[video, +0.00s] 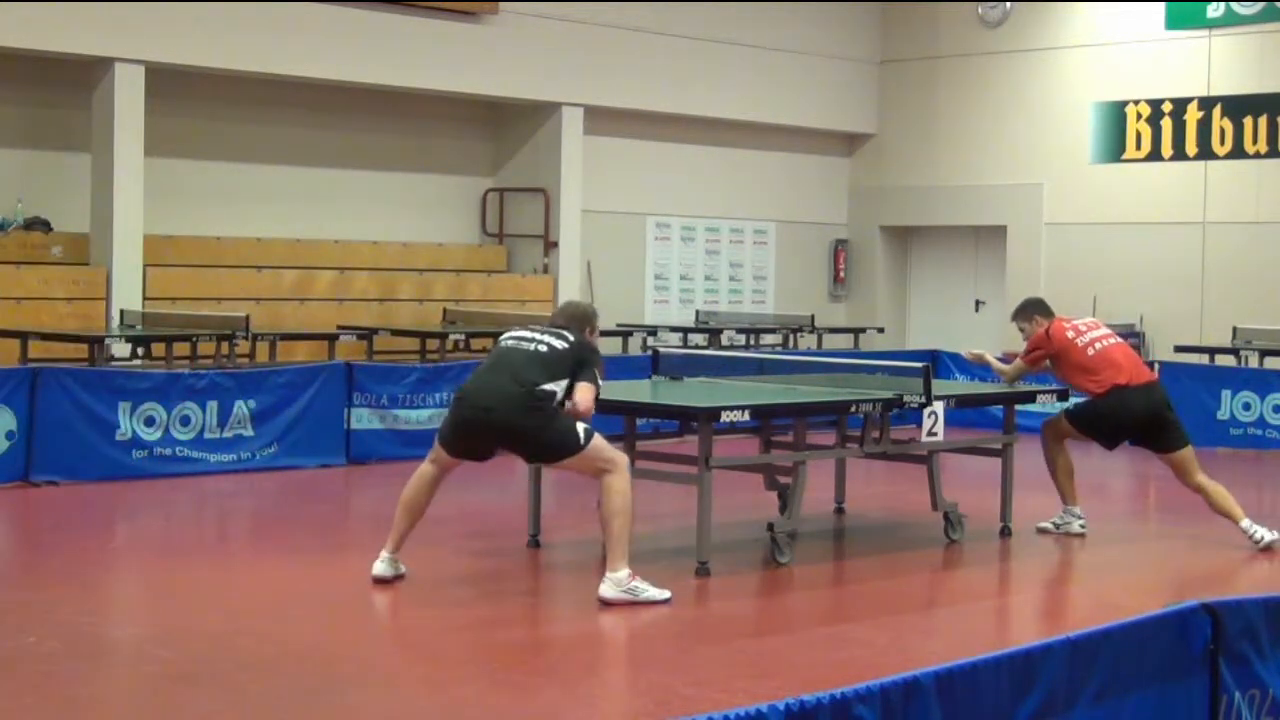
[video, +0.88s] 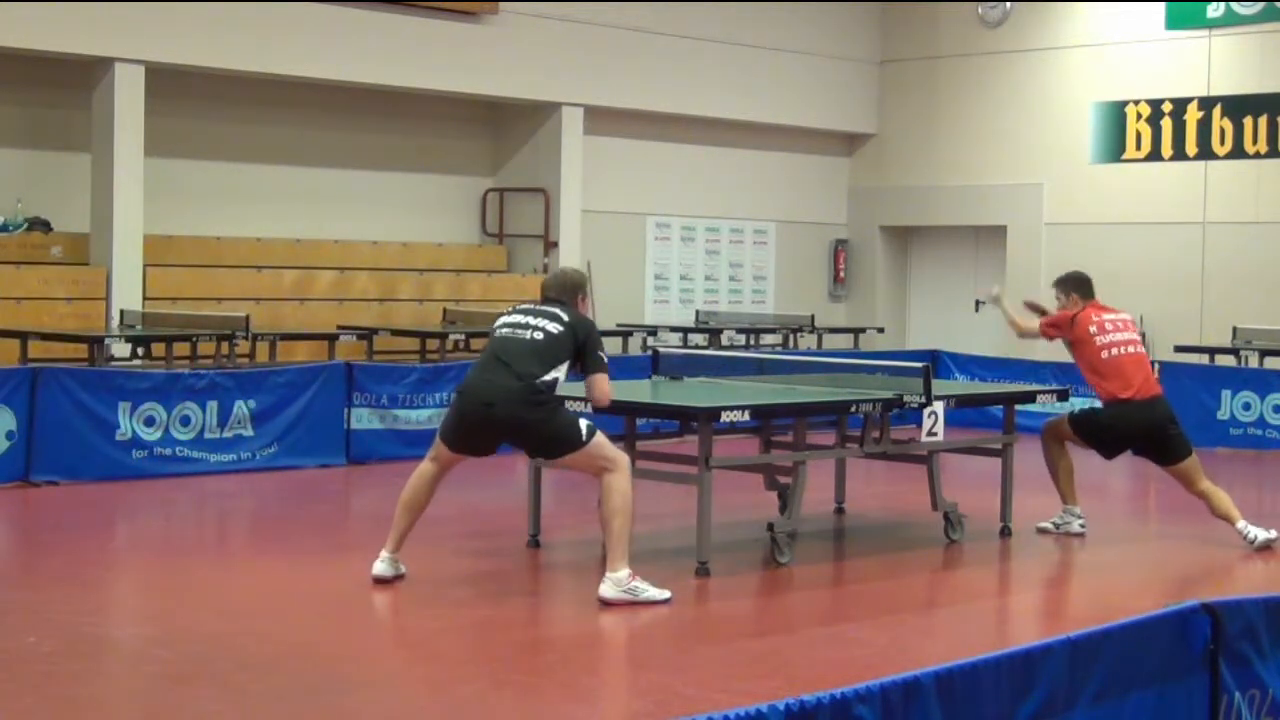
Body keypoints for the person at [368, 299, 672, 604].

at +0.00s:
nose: (597, 342)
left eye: (596, 335)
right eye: (596, 335)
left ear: (557, 323)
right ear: (586, 332)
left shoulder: (517, 333)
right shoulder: (584, 350)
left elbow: (495, 375)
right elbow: (583, 406)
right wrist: (568, 419)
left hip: (470, 409)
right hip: (526, 417)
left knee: (435, 464)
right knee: (616, 465)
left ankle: (386, 557)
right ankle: (618, 576)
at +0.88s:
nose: (589, 305)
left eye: (588, 300)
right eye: (588, 300)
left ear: (544, 296)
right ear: (580, 301)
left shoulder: (512, 313)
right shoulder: (581, 325)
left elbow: (501, 361)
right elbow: (602, 397)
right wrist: (598, 392)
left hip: (472, 404)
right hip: (529, 410)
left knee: (435, 463)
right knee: (616, 465)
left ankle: (386, 557)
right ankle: (618, 576)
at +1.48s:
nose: (594, 279)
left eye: (592, 272)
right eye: (593, 272)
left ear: (550, 271)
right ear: (584, 275)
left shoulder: (518, 297)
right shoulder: (584, 303)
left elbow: (500, 348)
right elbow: (608, 368)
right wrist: (622, 379)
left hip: (486, 400)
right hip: (539, 404)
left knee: (444, 467)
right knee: (625, 469)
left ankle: (389, 556)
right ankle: (619, 577)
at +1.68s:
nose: (595, 237)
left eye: (593, 231)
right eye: (593, 231)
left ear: (549, 233)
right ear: (585, 234)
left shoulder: (519, 263)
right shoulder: (595, 264)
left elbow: (482, 330)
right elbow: (612, 319)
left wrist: (508, 339)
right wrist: (629, 347)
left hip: (505, 366)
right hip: (558, 369)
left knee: (467, 442)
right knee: (633, 444)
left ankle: (431, 534)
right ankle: (622, 547)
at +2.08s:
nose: (582, 244)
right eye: (581, 239)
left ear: (543, 243)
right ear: (580, 241)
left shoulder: (521, 281)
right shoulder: (598, 272)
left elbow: (495, 350)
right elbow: (640, 327)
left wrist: (516, 368)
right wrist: (656, 353)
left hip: (530, 387)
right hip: (583, 387)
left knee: (505, 447)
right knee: (638, 469)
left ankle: (476, 536)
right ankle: (626, 566)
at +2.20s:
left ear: (527, 246)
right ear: (564, 243)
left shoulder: (508, 281)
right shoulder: (584, 266)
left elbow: (488, 351)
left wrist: (513, 353)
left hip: (526, 378)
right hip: (577, 375)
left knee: (504, 449)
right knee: (627, 464)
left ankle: (490, 536)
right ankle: (626, 564)